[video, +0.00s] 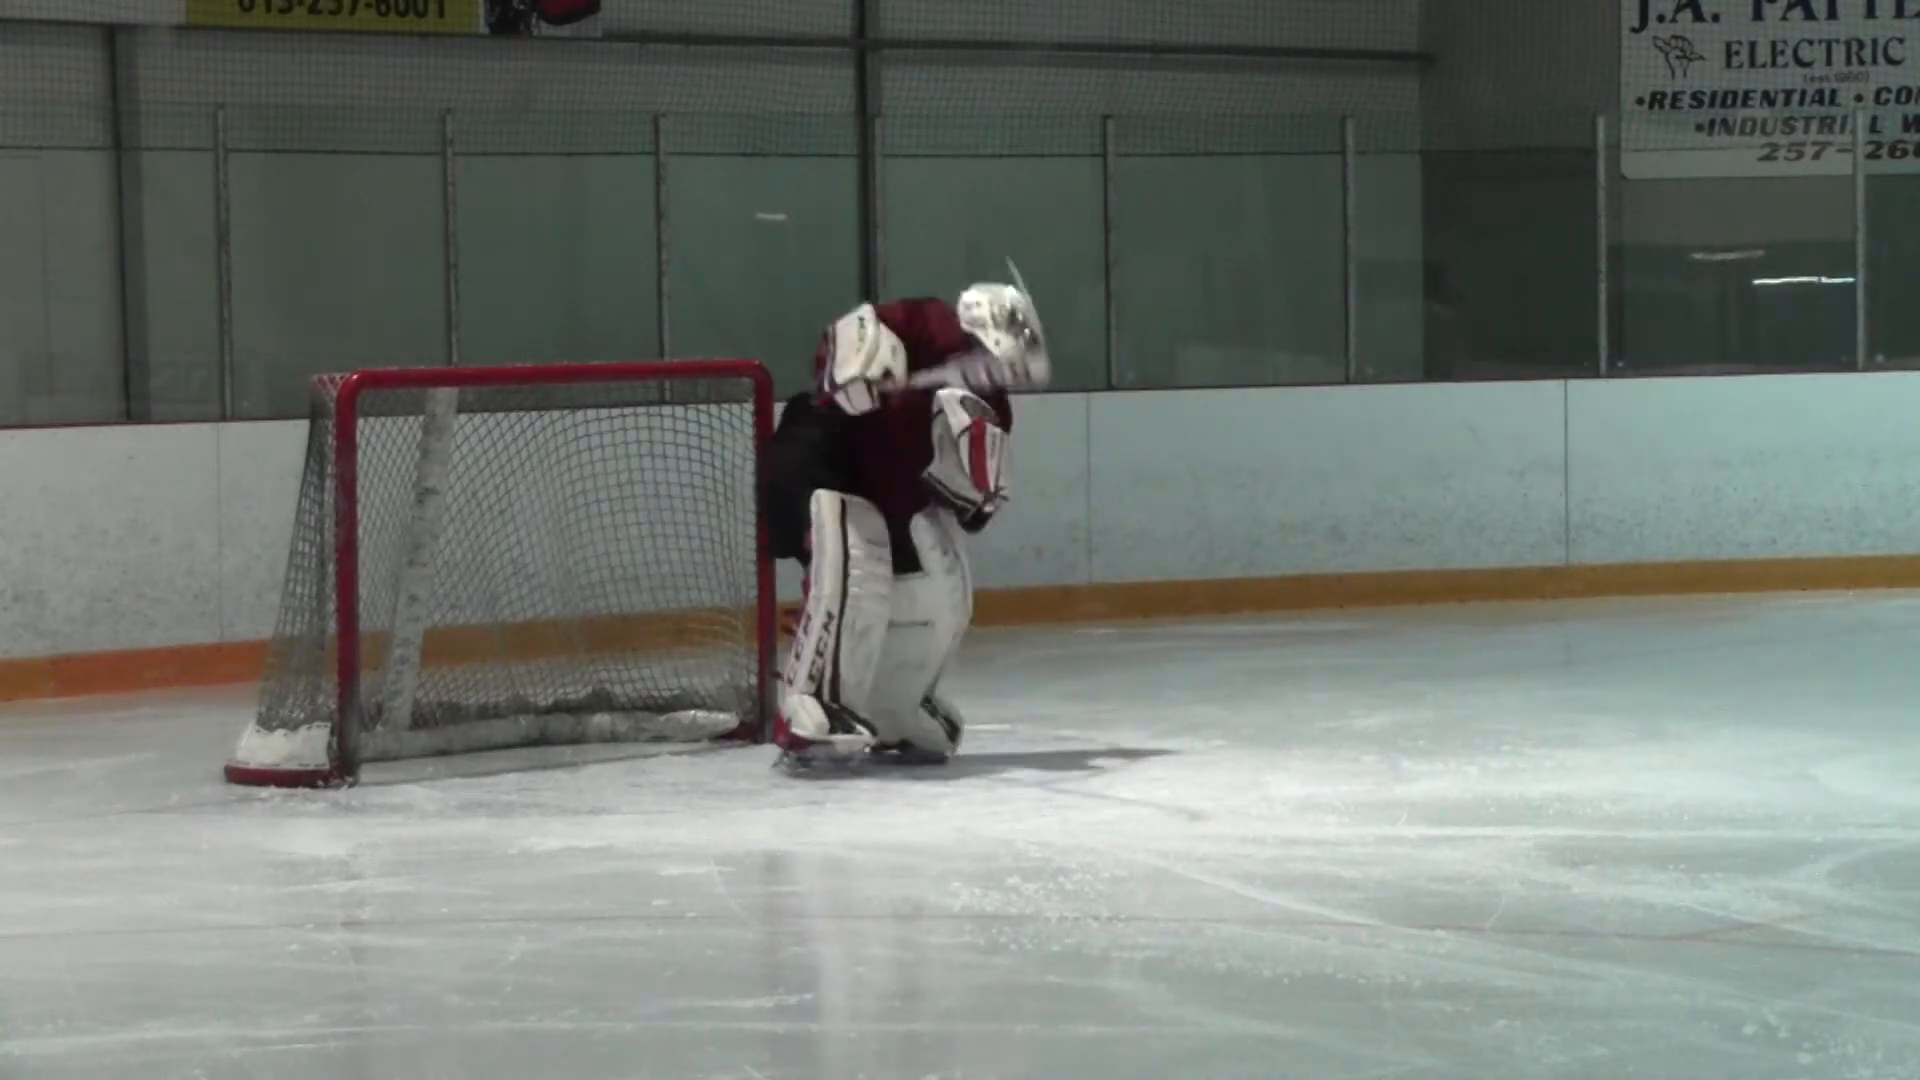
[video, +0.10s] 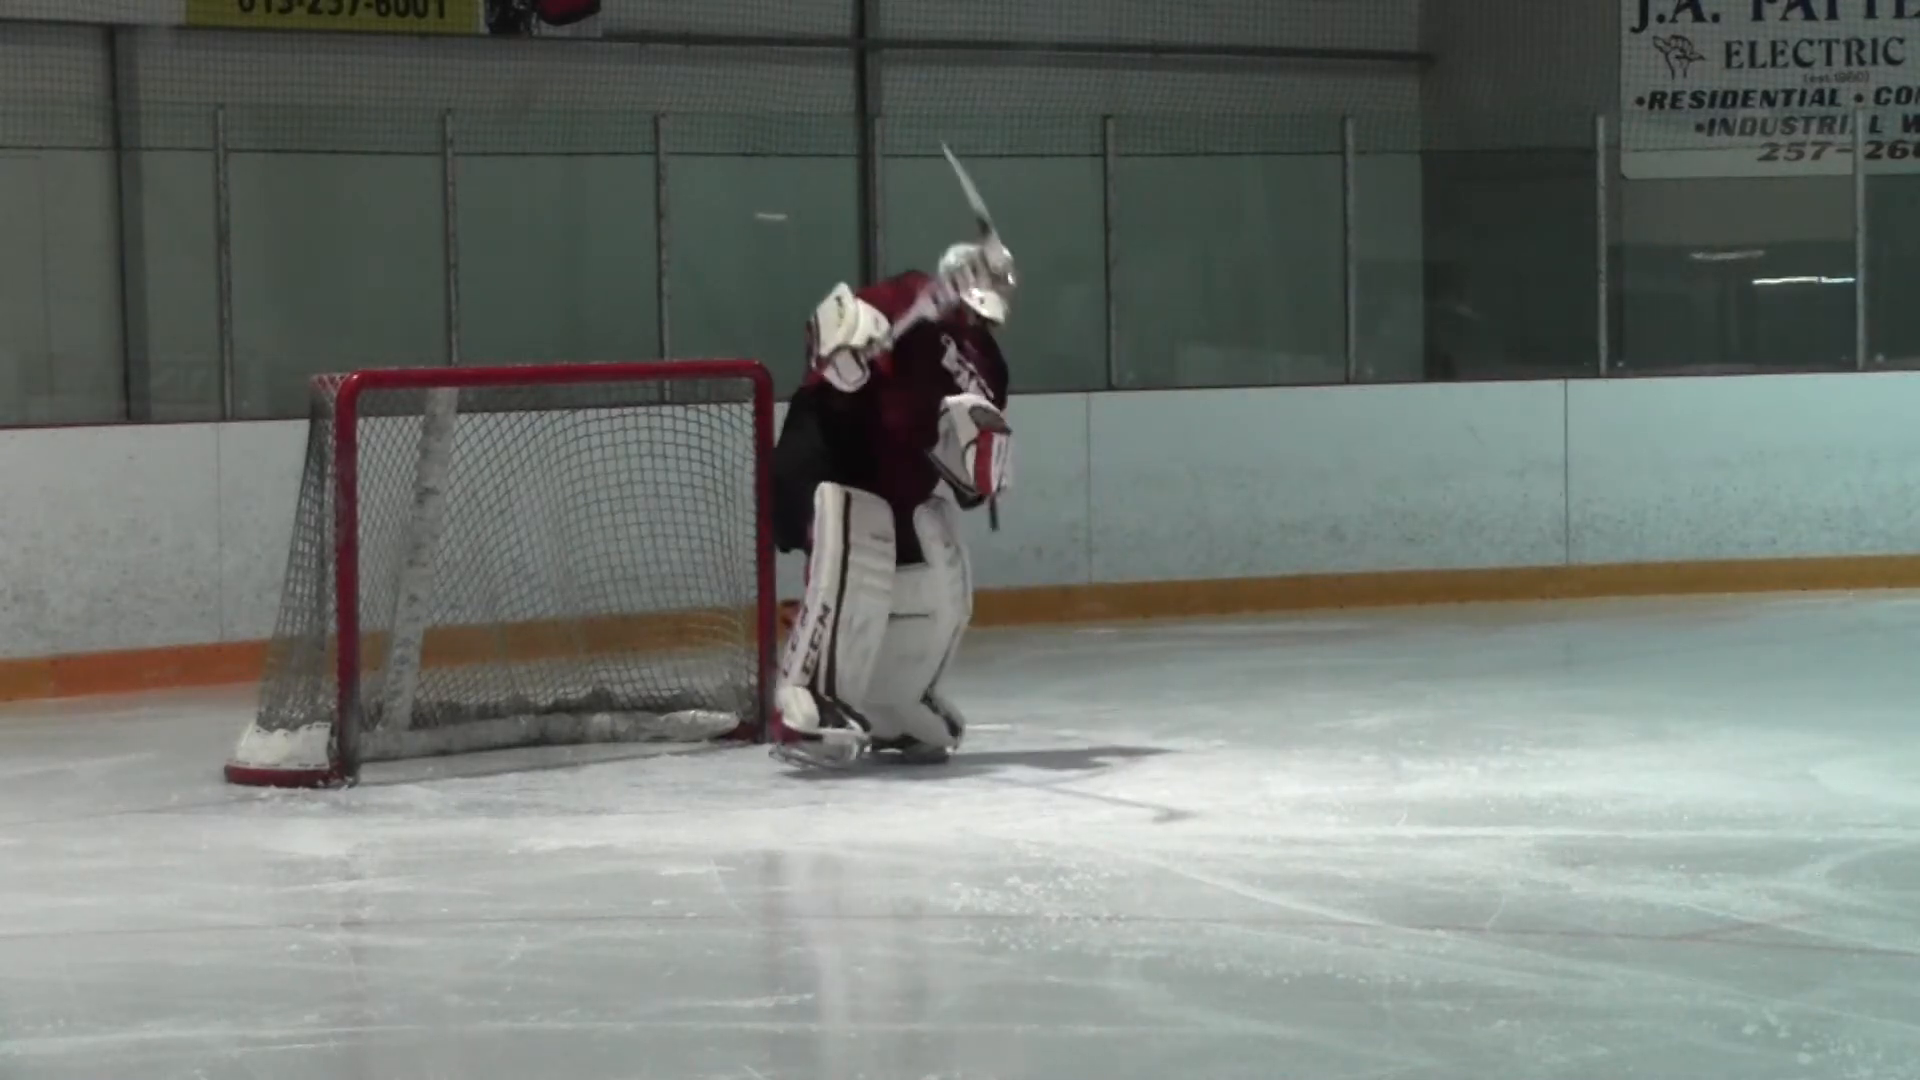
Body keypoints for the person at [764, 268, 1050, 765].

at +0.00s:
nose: (1004, 376)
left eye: (1013, 369)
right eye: (1002, 361)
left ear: (1014, 360)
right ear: (982, 335)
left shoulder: (989, 402)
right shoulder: (932, 324)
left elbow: (978, 504)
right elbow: (855, 329)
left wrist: (972, 497)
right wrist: (852, 367)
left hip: (907, 496)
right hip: (836, 468)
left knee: (938, 604)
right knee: (854, 591)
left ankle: (899, 718)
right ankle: (816, 718)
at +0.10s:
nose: (977, 309)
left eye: (986, 303)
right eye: (975, 296)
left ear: (989, 303)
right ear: (958, 280)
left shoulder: (980, 354)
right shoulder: (903, 300)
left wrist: (970, 429)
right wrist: (848, 341)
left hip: (915, 480)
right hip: (850, 475)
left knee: (939, 597)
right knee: (850, 592)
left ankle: (897, 712)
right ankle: (815, 713)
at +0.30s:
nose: (954, 241)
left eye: (960, 230)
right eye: (946, 228)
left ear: (960, 238)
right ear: (918, 226)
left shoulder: (970, 311)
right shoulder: (875, 270)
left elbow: (970, 408)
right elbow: (818, 344)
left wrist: (986, 448)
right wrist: (829, 322)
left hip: (922, 464)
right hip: (859, 455)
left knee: (939, 587)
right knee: (864, 577)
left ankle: (902, 703)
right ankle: (815, 696)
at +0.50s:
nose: (897, 301)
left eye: (903, 290)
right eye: (884, 289)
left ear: (910, 291)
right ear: (851, 289)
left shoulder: (920, 359)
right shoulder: (814, 339)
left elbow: (927, 447)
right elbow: (740, 407)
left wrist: (994, 433)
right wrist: (765, 455)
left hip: (888, 539)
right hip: (812, 537)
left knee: (955, 629)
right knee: (806, 656)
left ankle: (1000, 743)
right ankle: (760, 761)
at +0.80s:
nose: (954, 289)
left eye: (961, 277)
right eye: (941, 277)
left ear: (970, 278)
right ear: (908, 277)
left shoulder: (990, 350)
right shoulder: (877, 332)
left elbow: (1001, 444)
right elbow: (802, 400)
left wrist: (1064, 420)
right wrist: (832, 451)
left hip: (966, 529)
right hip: (887, 522)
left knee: (1026, 628)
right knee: (887, 636)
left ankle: (1056, 753)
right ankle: (844, 769)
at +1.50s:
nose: (929, 312)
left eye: (939, 300)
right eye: (917, 297)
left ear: (951, 300)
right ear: (884, 295)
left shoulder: (963, 368)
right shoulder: (849, 346)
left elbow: (964, 463)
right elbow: (769, 417)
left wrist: (1031, 441)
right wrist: (798, 471)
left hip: (917, 540)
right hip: (843, 532)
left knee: (973, 632)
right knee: (842, 647)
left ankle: (1005, 756)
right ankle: (759, 763)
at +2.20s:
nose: (1000, 361)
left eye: (1005, 350)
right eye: (988, 348)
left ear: (1011, 350)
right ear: (953, 347)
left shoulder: (1006, 420)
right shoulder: (912, 390)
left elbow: (1003, 500)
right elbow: (829, 440)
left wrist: (1054, 502)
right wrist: (858, 495)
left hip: (964, 548)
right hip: (891, 555)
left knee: (1014, 638)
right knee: (867, 669)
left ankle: (1029, 753)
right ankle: (794, 762)